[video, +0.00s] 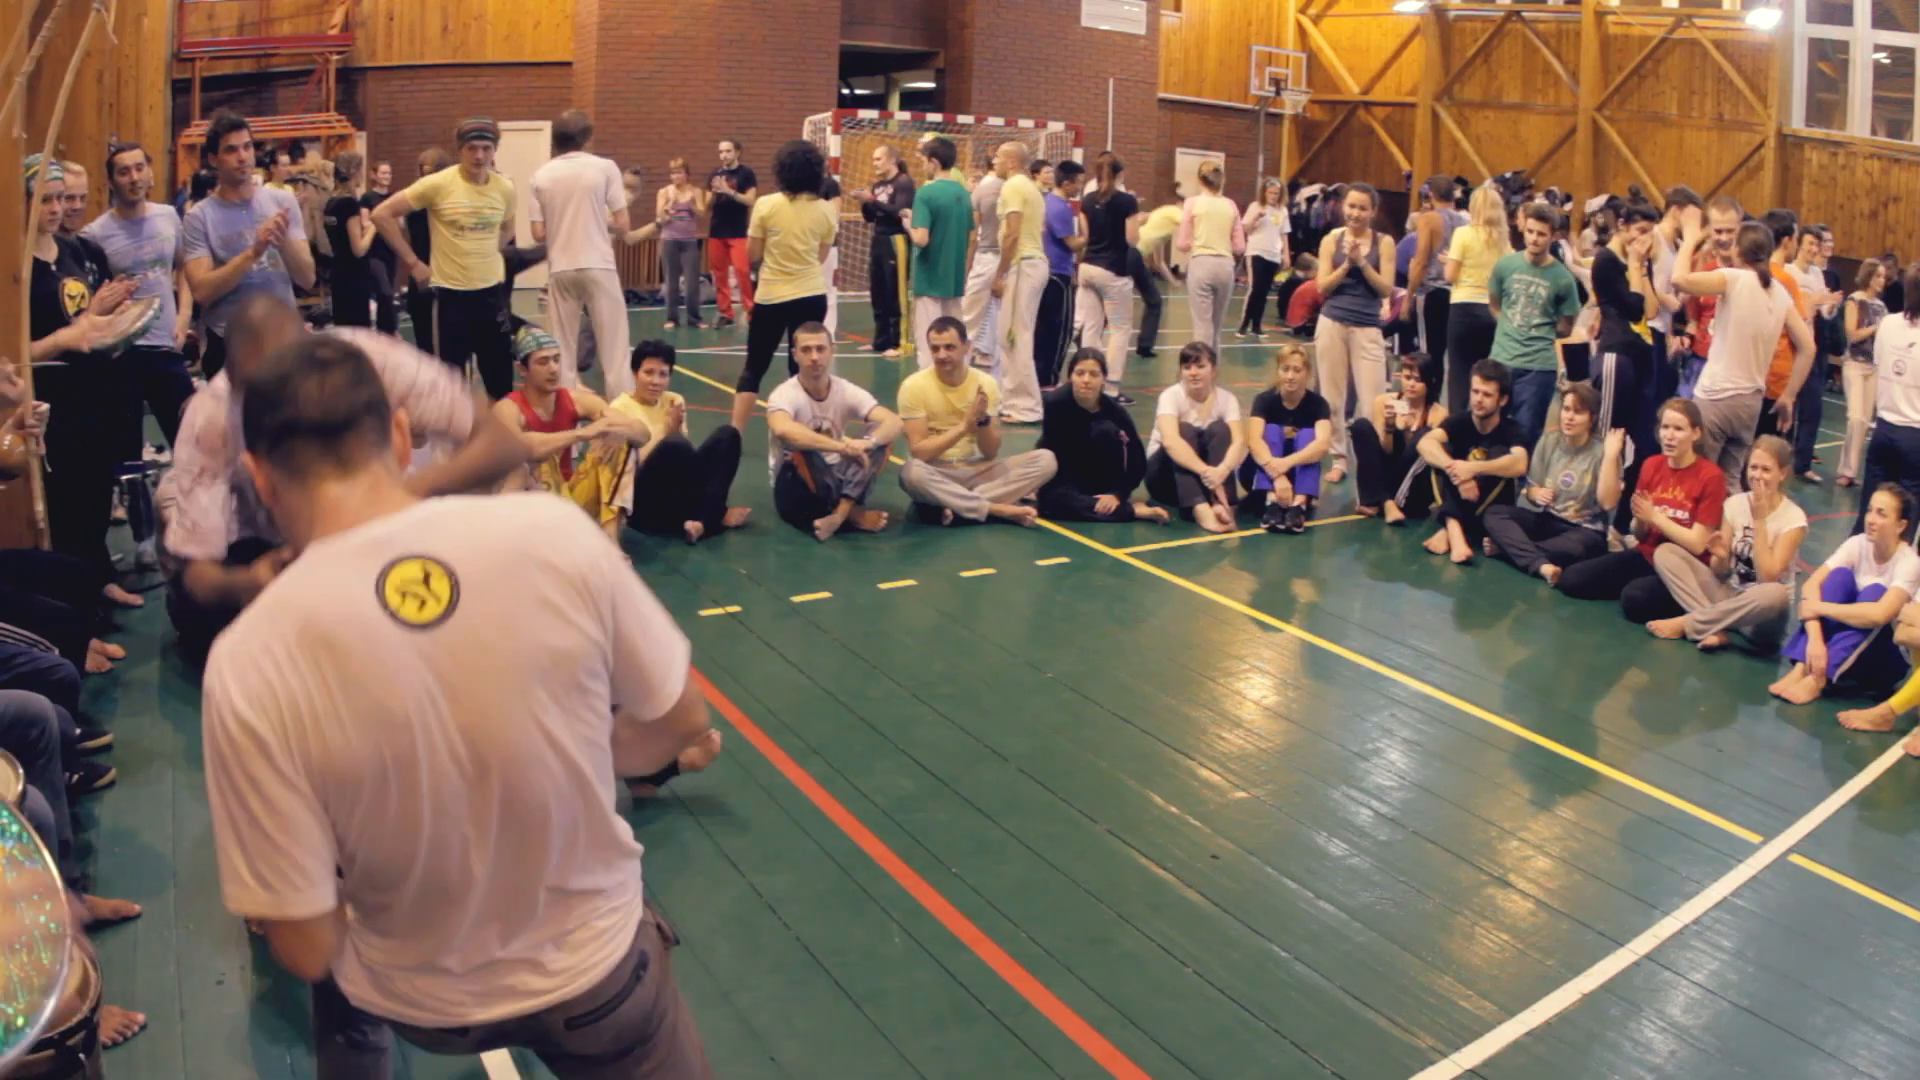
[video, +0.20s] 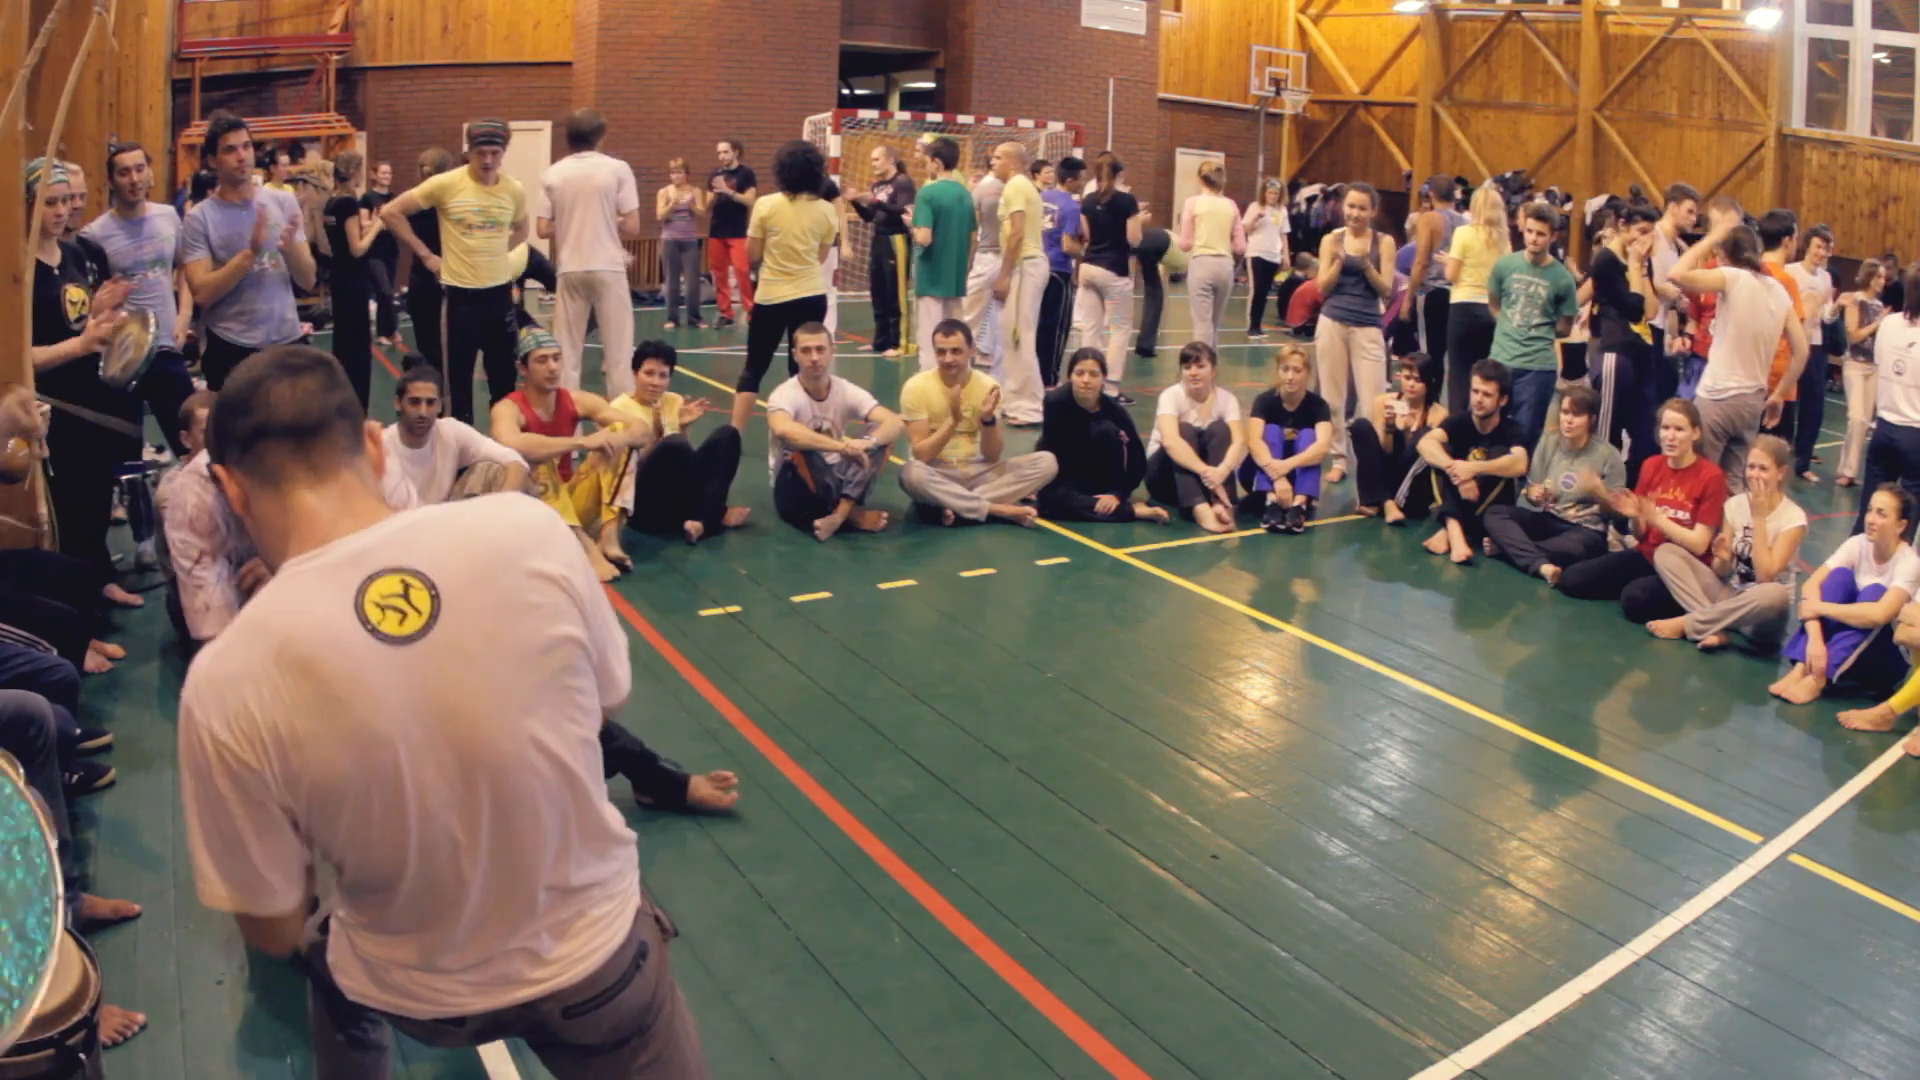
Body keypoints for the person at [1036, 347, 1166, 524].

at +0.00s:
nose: (1086, 380)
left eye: (1094, 375)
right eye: (1080, 374)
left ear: (1103, 379)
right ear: (1070, 377)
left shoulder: (1114, 410)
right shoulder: (1055, 406)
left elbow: (1138, 461)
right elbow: (1048, 450)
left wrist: (1117, 495)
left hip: (1104, 481)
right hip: (1068, 481)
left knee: (1105, 431)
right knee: (1051, 503)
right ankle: (1130, 512)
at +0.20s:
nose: (1086, 380)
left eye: (1093, 374)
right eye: (1080, 374)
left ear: (1103, 379)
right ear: (1070, 377)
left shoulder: (1114, 411)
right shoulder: (1055, 404)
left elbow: (1138, 462)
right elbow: (1048, 446)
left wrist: (1117, 495)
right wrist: (1035, 484)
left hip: (1104, 480)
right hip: (1067, 480)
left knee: (1105, 431)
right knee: (1051, 503)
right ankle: (1130, 512)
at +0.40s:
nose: (1086, 380)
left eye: (1093, 374)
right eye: (1080, 374)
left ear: (1103, 379)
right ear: (1070, 377)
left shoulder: (1114, 411)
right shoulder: (1055, 404)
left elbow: (1138, 462)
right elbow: (1047, 450)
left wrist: (1117, 495)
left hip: (1104, 481)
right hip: (1068, 481)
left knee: (1105, 431)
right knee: (1050, 503)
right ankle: (1130, 512)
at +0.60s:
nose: (1086, 381)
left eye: (1094, 375)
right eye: (1080, 374)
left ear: (1103, 379)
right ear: (1070, 377)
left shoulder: (1114, 411)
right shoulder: (1053, 406)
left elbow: (1138, 462)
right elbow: (1046, 451)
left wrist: (1117, 495)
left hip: (1104, 482)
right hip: (1068, 482)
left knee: (1105, 431)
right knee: (1050, 503)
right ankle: (1130, 512)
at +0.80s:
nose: (1086, 381)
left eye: (1094, 375)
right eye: (1080, 374)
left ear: (1103, 379)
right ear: (1070, 377)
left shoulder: (1114, 410)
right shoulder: (1053, 406)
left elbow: (1138, 461)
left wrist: (1117, 495)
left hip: (1103, 482)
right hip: (1066, 482)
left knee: (1105, 431)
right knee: (1052, 504)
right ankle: (1130, 512)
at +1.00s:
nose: (1087, 380)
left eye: (1094, 375)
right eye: (1080, 374)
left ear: (1103, 379)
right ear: (1070, 377)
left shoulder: (1114, 411)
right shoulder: (1050, 406)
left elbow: (1138, 461)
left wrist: (1117, 495)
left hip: (1104, 483)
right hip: (1064, 483)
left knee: (1106, 431)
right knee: (1053, 504)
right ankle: (1129, 512)